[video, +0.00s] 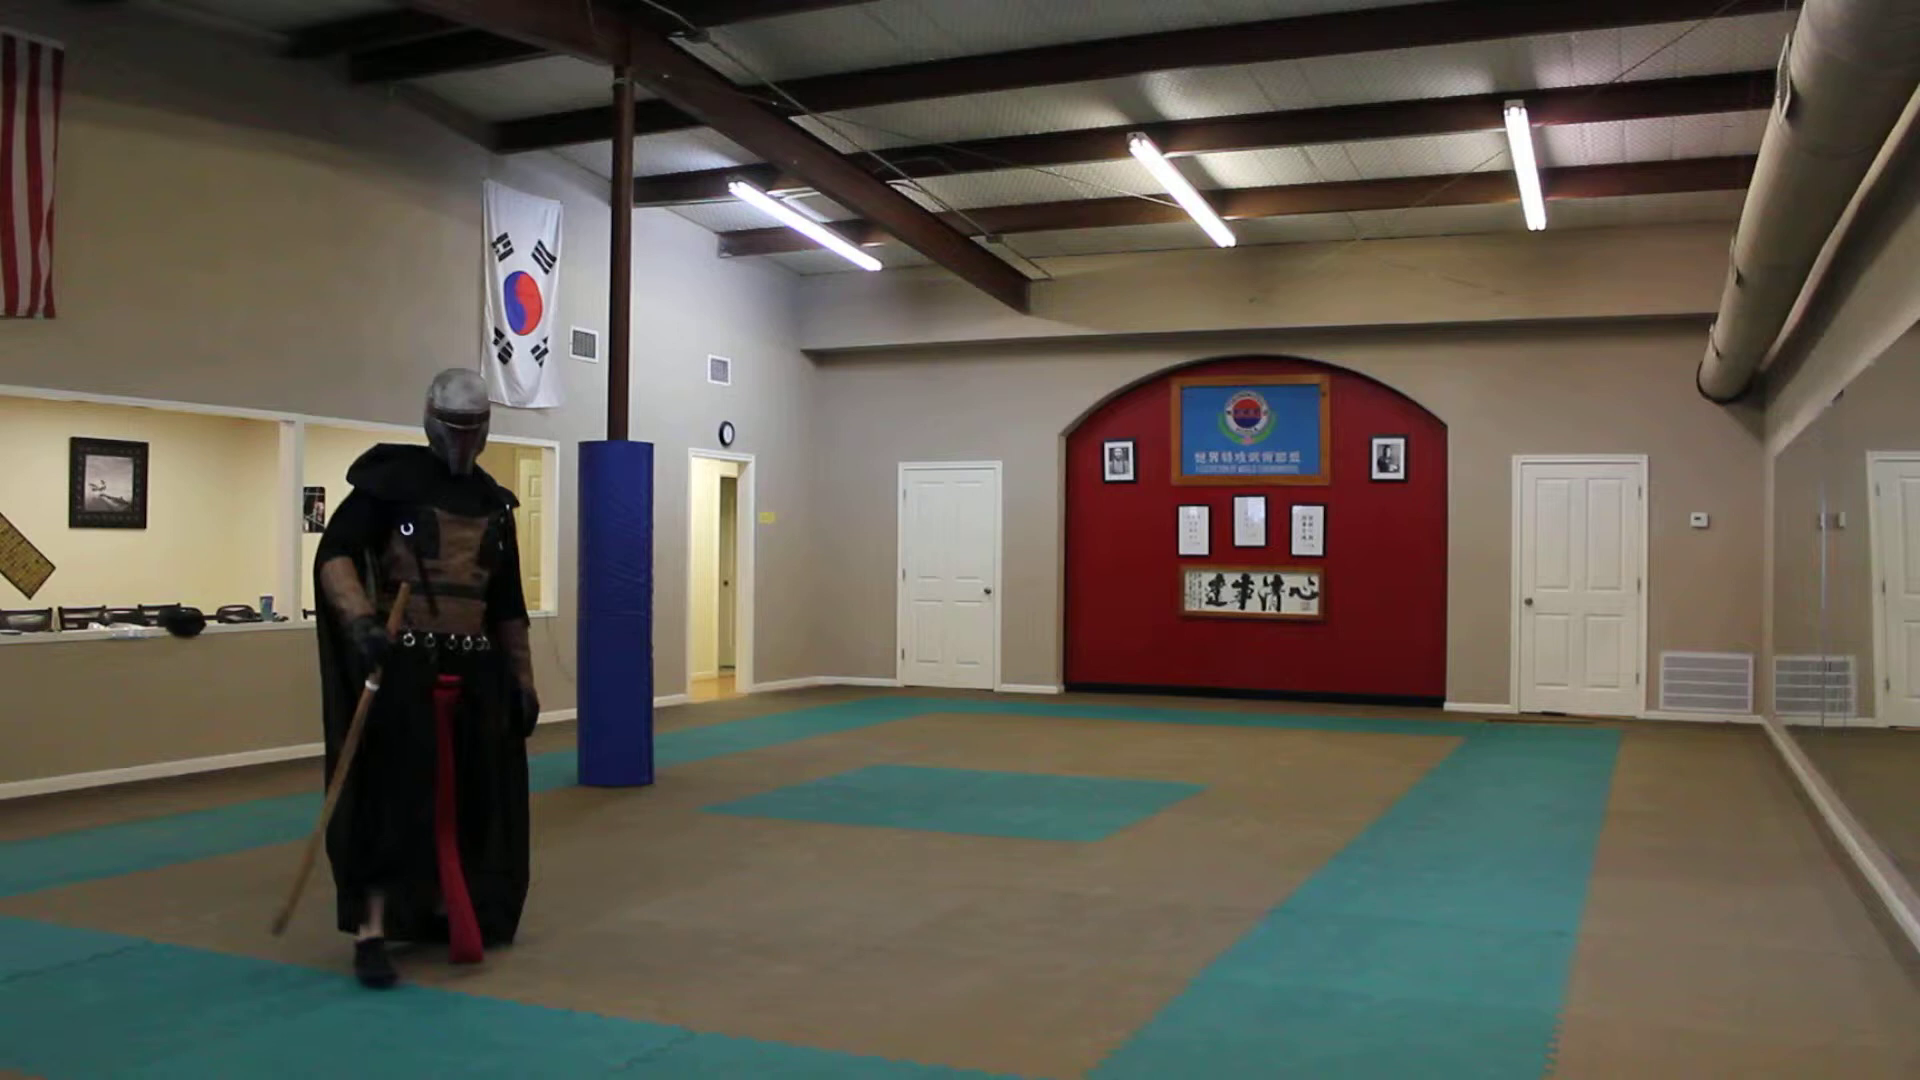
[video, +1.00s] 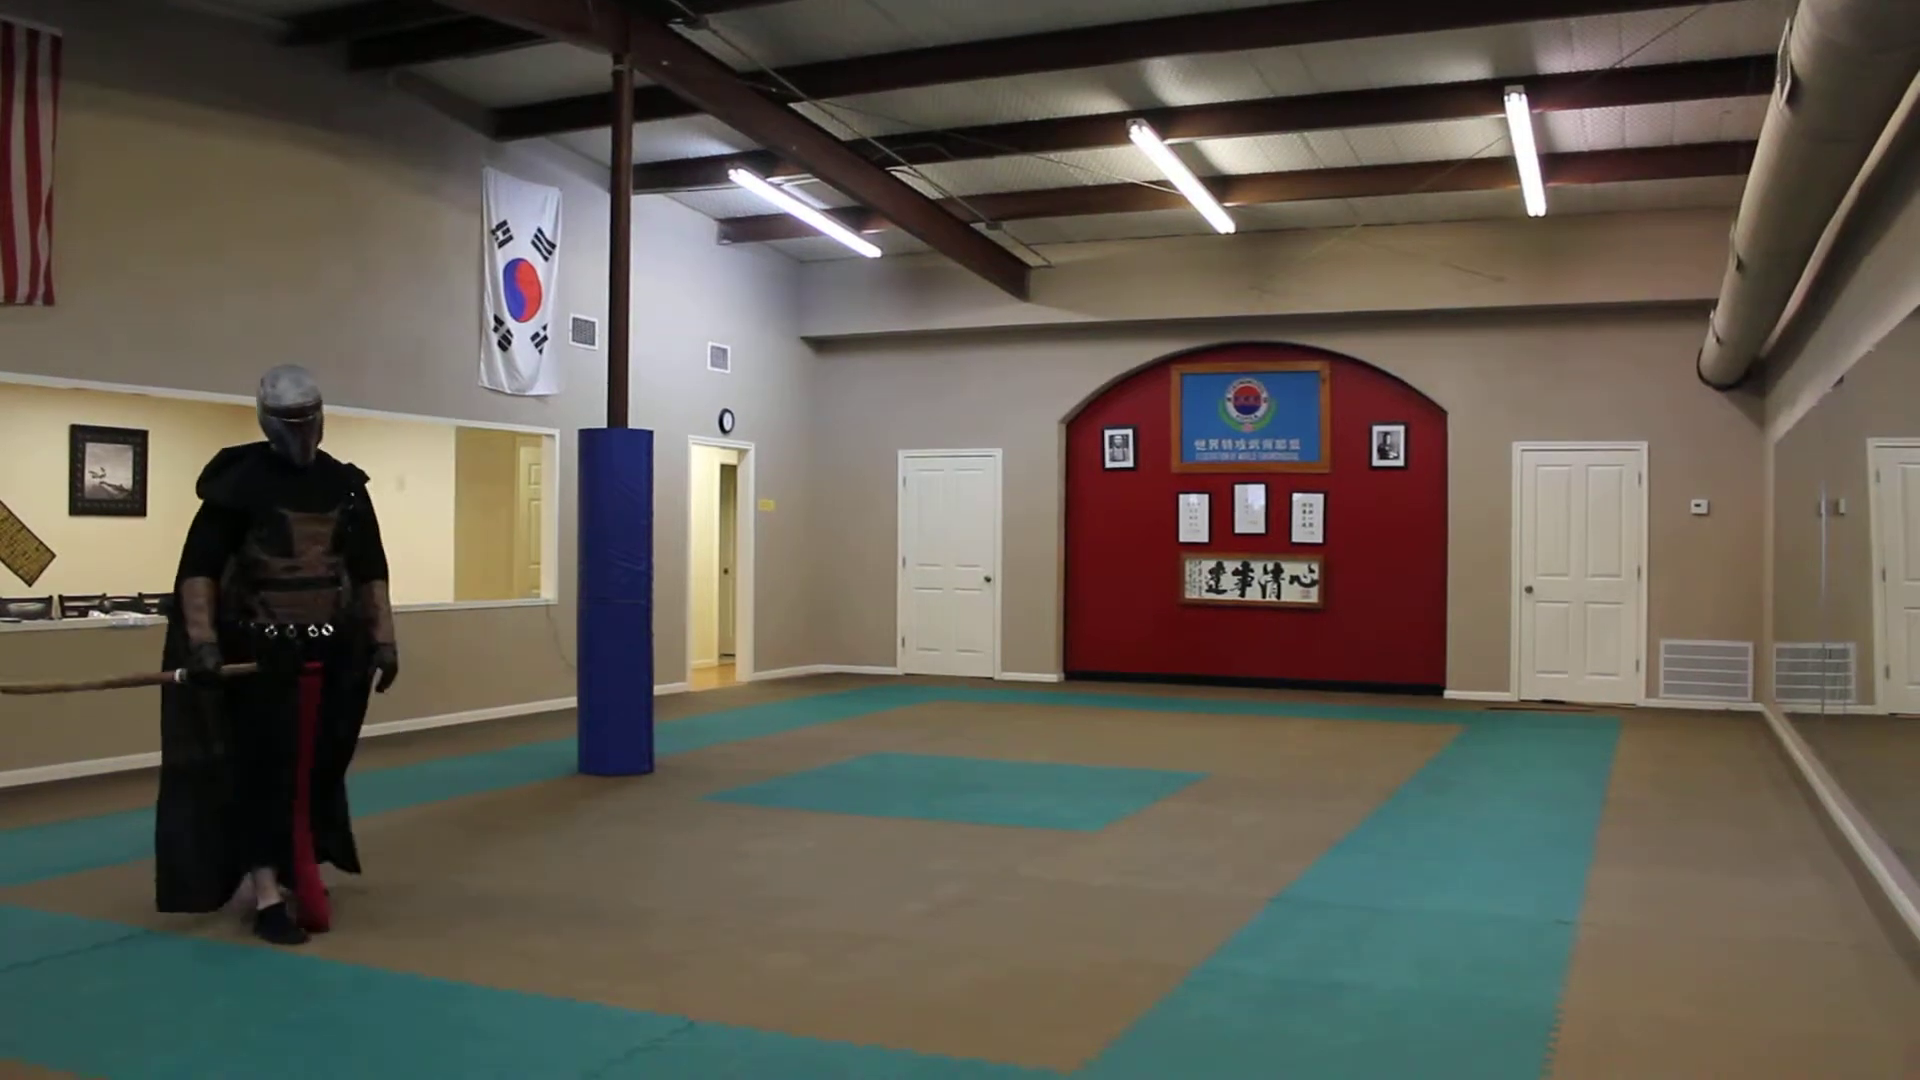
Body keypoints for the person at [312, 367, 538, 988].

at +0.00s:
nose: (465, 438)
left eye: (475, 426)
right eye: (453, 425)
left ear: (488, 425)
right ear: (429, 421)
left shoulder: (493, 503)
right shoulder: (392, 481)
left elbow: (507, 603)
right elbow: (334, 556)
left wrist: (522, 679)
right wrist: (361, 622)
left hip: (472, 665)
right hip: (401, 663)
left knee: (469, 794)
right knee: (385, 793)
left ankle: (452, 912)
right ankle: (372, 930)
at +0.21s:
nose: (439, 435)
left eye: (450, 423)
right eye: (427, 422)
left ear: (462, 424)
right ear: (404, 420)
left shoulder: (465, 498)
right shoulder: (366, 474)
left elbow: (485, 594)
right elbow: (320, 555)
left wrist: (506, 666)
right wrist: (361, 608)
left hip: (454, 664)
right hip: (379, 663)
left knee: (463, 787)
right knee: (345, 788)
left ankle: (459, 908)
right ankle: (307, 907)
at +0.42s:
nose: (389, 438)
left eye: (398, 426)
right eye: (376, 425)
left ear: (411, 426)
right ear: (352, 422)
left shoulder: (417, 498)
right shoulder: (318, 481)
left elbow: (440, 586)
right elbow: (282, 567)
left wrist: (480, 654)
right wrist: (336, 628)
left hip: (408, 662)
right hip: (326, 659)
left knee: (432, 775)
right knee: (301, 778)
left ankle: (432, 900)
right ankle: (273, 903)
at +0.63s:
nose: (341, 440)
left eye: (350, 427)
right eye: (328, 428)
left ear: (363, 422)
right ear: (304, 423)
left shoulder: (374, 488)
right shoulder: (272, 479)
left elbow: (392, 575)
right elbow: (242, 579)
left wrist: (414, 644)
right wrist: (258, 664)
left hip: (365, 652)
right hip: (292, 657)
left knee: (400, 764)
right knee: (280, 780)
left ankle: (414, 885)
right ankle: (273, 905)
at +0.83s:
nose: (311, 428)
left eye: (320, 415)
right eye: (299, 416)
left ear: (335, 413)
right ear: (274, 414)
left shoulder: (353, 480)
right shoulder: (243, 472)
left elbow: (380, 565)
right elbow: (205, 564)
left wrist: (377, 636)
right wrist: (217, 643)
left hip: (336, 651)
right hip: (264, 651)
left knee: (338, 766)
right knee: (267, 771)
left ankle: (337, 878)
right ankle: (268, 898)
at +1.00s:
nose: (301, 428)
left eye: (309, 416)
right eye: (287, 418)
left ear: (322, 415)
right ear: (264, 420)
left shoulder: (345, 485)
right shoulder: (238, 478)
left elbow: (370, 567)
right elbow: (199, 563)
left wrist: (383, 639)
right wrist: (202, 640)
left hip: (329, 651)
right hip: (254, 651)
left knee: (318, 766)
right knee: (262, 767)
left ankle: (295, 873)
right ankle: (266, 890)